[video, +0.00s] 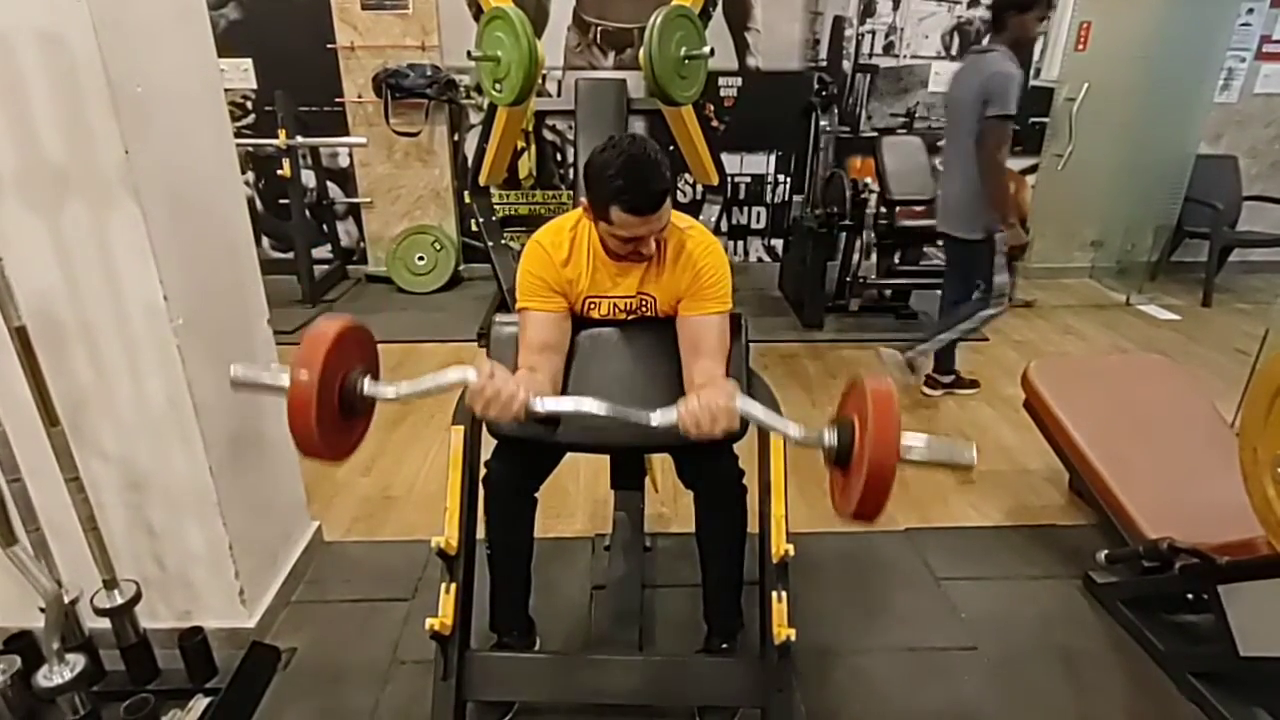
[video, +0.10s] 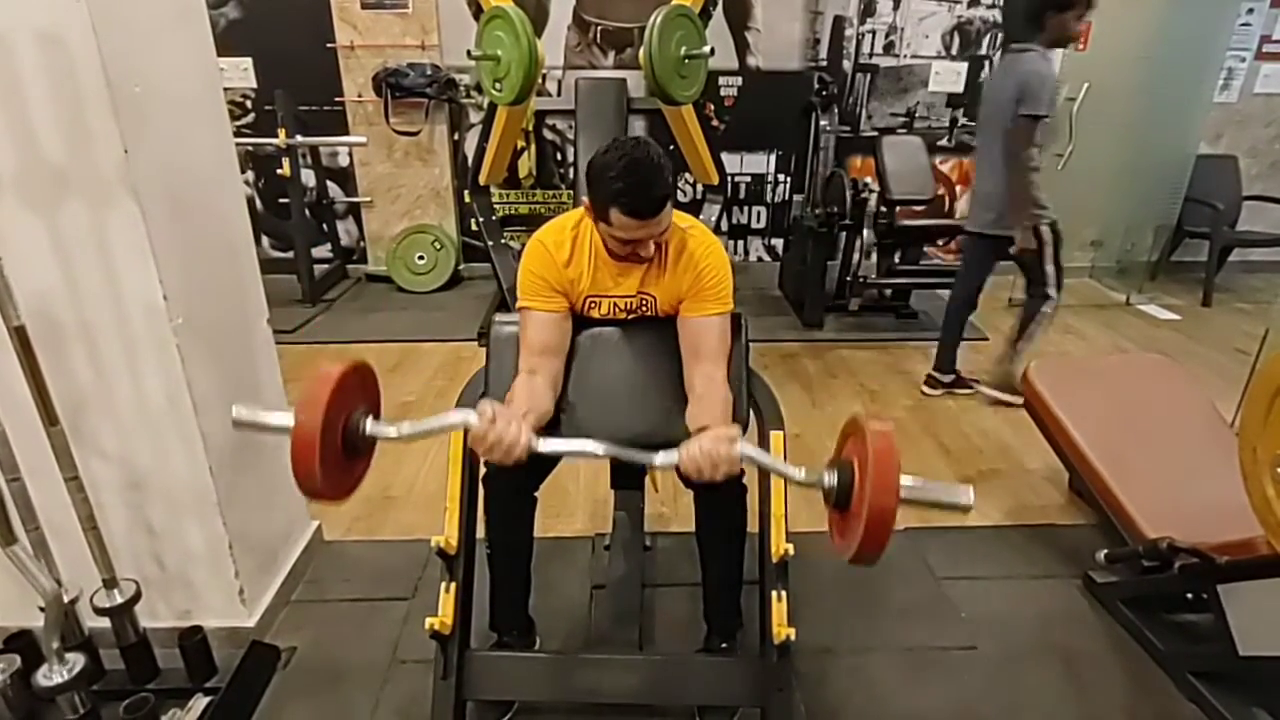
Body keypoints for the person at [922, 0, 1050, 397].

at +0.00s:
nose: (1042, 29)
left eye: (1044, 20)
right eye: (1039, 19)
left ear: (1006, 19)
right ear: (1013, 18)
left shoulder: (975, 60)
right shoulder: (1004, 69)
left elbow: (960, 141)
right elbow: (990, 152)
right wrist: (1010, 222)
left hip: (956, 204)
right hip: (975, 210)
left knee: (956, 290)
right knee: (989, 296)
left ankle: (943, 370)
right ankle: (925, 358)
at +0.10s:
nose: (1080, 28)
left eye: (1082, 19)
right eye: (1078, 17)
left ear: (1047, 15)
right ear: (1053, 14)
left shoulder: (1007, 62)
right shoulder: (1039, 68)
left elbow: (990, 140)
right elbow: (1020, 150)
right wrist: (1030, 222)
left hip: (987, 206)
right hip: (1021, 211)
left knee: (964, 292)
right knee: (1044, 290)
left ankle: (942, 371)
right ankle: (1008, 373)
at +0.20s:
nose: (1091, 31)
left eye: (1094, 21)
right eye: (1088, 20)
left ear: (1058, 18)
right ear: (1062, 16)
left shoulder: (1014, 63)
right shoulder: (1048, 72)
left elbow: (999, 139)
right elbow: (1027, 150)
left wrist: (1003, 201)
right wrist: (1030, 224)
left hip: (994, 208)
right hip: (1027, 215)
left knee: (966, 294)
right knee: (1045, 298)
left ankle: (942, 371)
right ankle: (1035, 381)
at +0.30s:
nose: (1137, 35)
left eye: (1139, 26)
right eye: (1134, 25)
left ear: (1096, 22)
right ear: (1109, 23)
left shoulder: (1062, 68)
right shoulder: (1093, 80)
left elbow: (1044, 145)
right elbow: (1068, 160)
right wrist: (1067, 231)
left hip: (1029, 206)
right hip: (1058, 214)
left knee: (999, 283)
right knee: (1067, 299)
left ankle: (951, 363)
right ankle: (1073, 371)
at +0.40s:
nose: (1148, 35)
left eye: (1150, 26)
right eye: (1146, 25)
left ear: (1108, 22)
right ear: (1121, 22)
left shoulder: (1072, 68)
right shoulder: (1106, 79)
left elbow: (1052, 143)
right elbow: (1081, 159)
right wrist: (1081, 230)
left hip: (1042, 209)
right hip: (1072, 217)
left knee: (1008, 286)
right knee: (1076, 307)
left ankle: (956, 359)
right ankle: (1080, 376)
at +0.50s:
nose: (1195, 29)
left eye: (1197, 20)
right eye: (1193, 19)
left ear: (1153, 15)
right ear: (1170, 17)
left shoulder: (1110, 64)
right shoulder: (1151, 72)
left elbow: (1087, 138)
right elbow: (1130, 154)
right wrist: (1135, 225)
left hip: (1085, 205)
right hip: (1114, 214)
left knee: (1073, 277)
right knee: (1101, 299)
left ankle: (1015, 333)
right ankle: (1082, 372)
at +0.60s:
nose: (1203, 30)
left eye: (1205, 20)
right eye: (1201, 19)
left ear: (1158, 16)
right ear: (1179, 18)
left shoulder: (1113, 68)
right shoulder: (1162, 73)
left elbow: (1092, 141)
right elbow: (1146, 154)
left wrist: (1095, 192)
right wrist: (1150, 223)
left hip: (1092, 206)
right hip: (1124, 214)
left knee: (1082, 280)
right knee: (1103, 300)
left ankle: (1027, 337)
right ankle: (1080, 376)